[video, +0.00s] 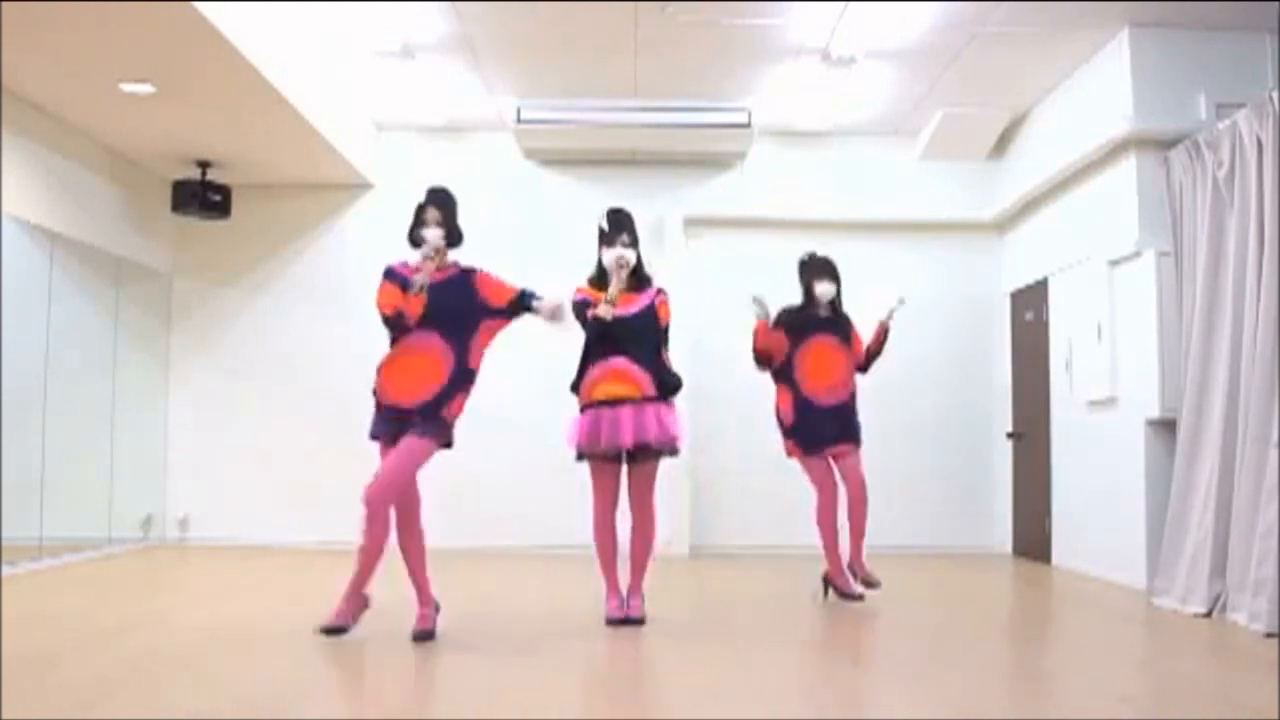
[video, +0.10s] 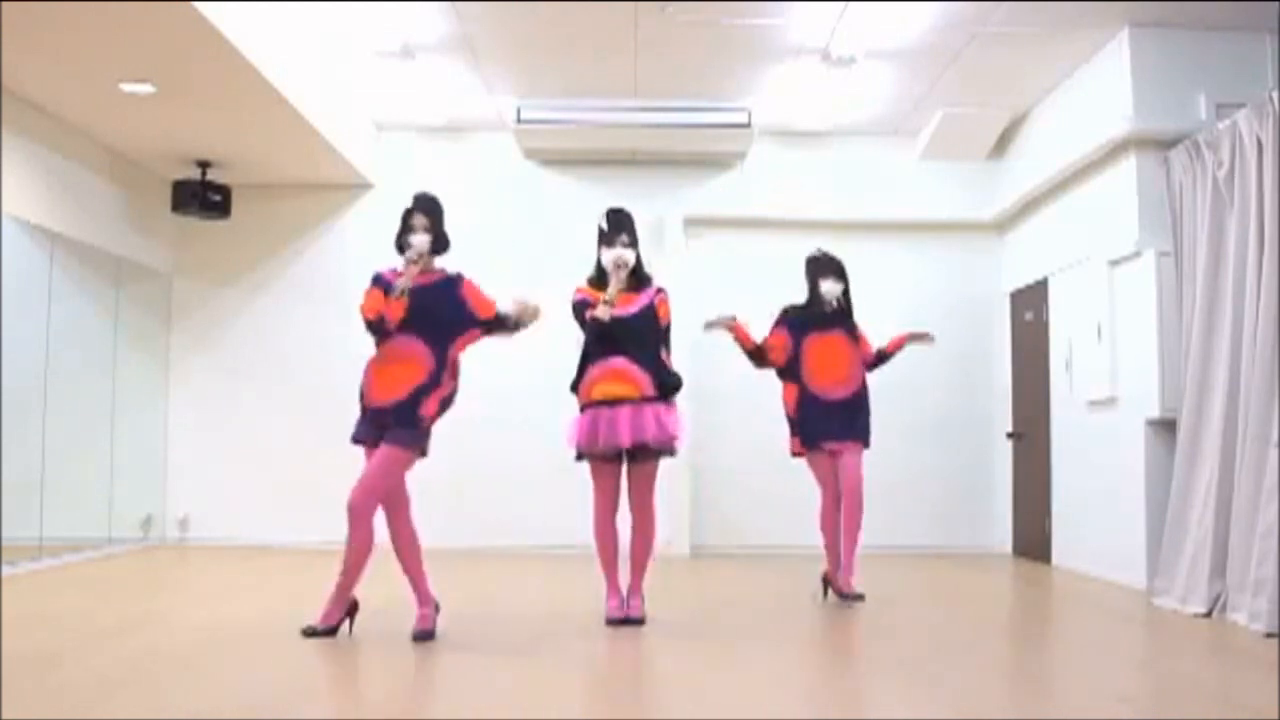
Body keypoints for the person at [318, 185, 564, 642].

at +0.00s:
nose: (433, 233)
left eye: (441, 226)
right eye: (426, 225)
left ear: (454, 231)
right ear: (414, 229)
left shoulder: (473, 282)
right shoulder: (398, 276)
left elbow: (515, 298)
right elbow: (396, 323)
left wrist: (544, 307)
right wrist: (422, 277)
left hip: (439, 411)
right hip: (392, 406)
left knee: (377, 495)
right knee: (406, 507)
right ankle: (426, 602)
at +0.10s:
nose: (416, 238)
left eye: (426, 231)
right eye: (410, 230)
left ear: (438, 237)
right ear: (401, 234)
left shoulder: (455, 288)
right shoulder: (385, 282)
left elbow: (489, 321)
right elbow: (377, 327)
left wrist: (516, 319)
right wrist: (402, 284)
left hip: (418, 411)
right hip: (376, 407)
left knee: (361, 501)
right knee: (395, 507)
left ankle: (341, 598)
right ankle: (426, 601)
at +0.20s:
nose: (400, 237)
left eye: (409, 231)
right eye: (396, 229)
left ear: (427, 237)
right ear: (388, 234)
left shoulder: (443, 291)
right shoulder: (375, 283)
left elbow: (463, 350)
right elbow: (356, 326)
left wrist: (497, 329)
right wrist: (378, 280)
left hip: (399, 410)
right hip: (364, 407)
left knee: (343, 501)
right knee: (391, 514)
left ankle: (339, 599)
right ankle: (424, 601)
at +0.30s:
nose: (377, 240)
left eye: (383, 232)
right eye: (379, 232)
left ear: (403, 238)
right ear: (404, 239)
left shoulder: (429, 287)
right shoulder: (384, 282)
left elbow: (424, 329)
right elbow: (352, 321)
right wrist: (352, 275)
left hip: (383, 406)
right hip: (367, 404)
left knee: (329, 500)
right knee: (387, 510)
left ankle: (339, 599)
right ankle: (424, 598)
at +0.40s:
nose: (370, 243)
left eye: (374, 236)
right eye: (372, 237)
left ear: (384, 236)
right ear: (411, 239)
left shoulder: (388, 278)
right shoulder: (416, 281)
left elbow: (372, 340)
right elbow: (370, 337)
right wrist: (321, 307)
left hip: (363, 400)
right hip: (397, 404)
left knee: (320, 496)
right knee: (392, 504)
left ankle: (332, 599)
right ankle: (428, 598)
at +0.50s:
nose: (409, 235)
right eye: (413, 228)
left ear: (370, 226)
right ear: (413, 230)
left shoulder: (343, 270)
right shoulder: (422, 278)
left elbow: (328, 327)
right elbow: (431, 326)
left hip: (348, 397)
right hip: (400, 400)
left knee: (334, 505)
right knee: (408, 506)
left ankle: (319, 602)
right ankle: (420, 601)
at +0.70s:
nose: (403, 238)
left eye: (405, 229)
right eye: (397, 229)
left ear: (390, 231)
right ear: (375, 229)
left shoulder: (375, 276)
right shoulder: (358, 276)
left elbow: (389, 322)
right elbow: (380, 326)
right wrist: (414, 282)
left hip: (377, 398)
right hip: (375, 399)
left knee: (357, 503)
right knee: (393, 503)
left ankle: (307, 593)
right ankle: (397, 605)